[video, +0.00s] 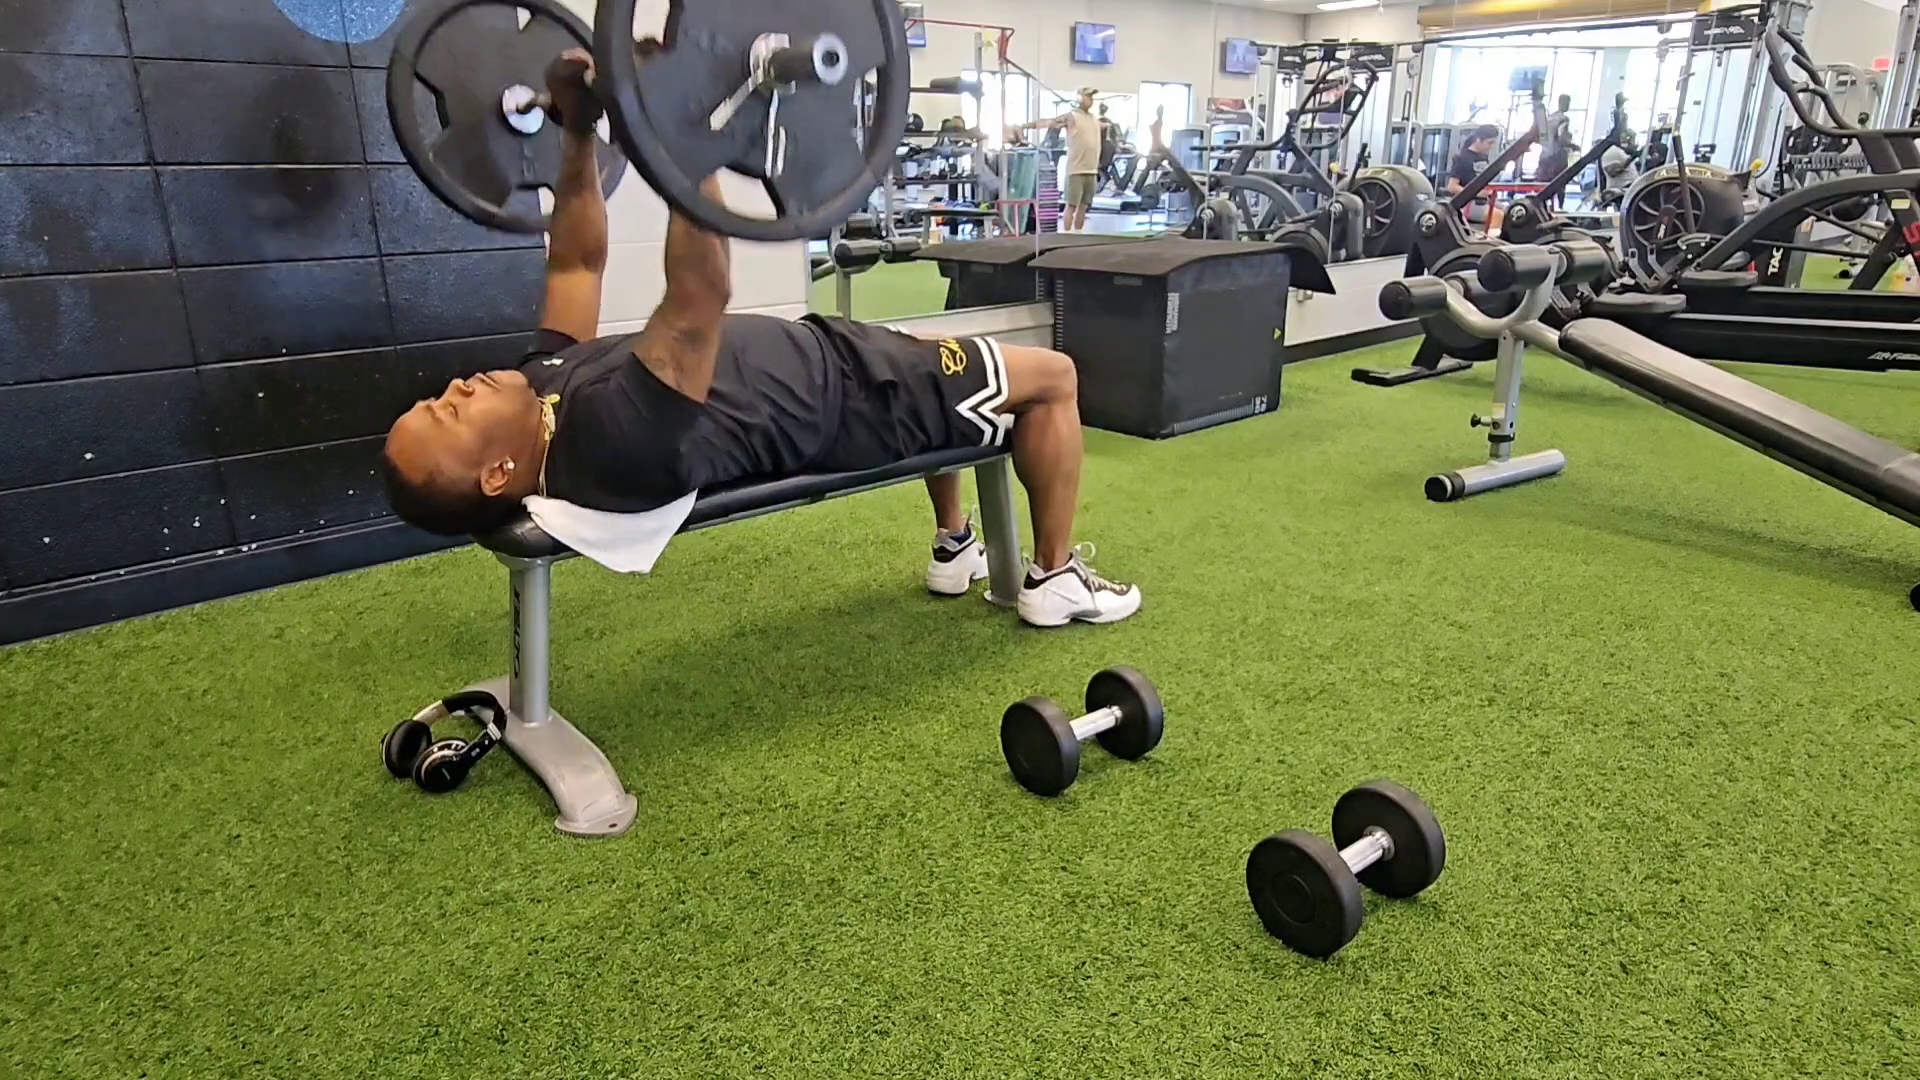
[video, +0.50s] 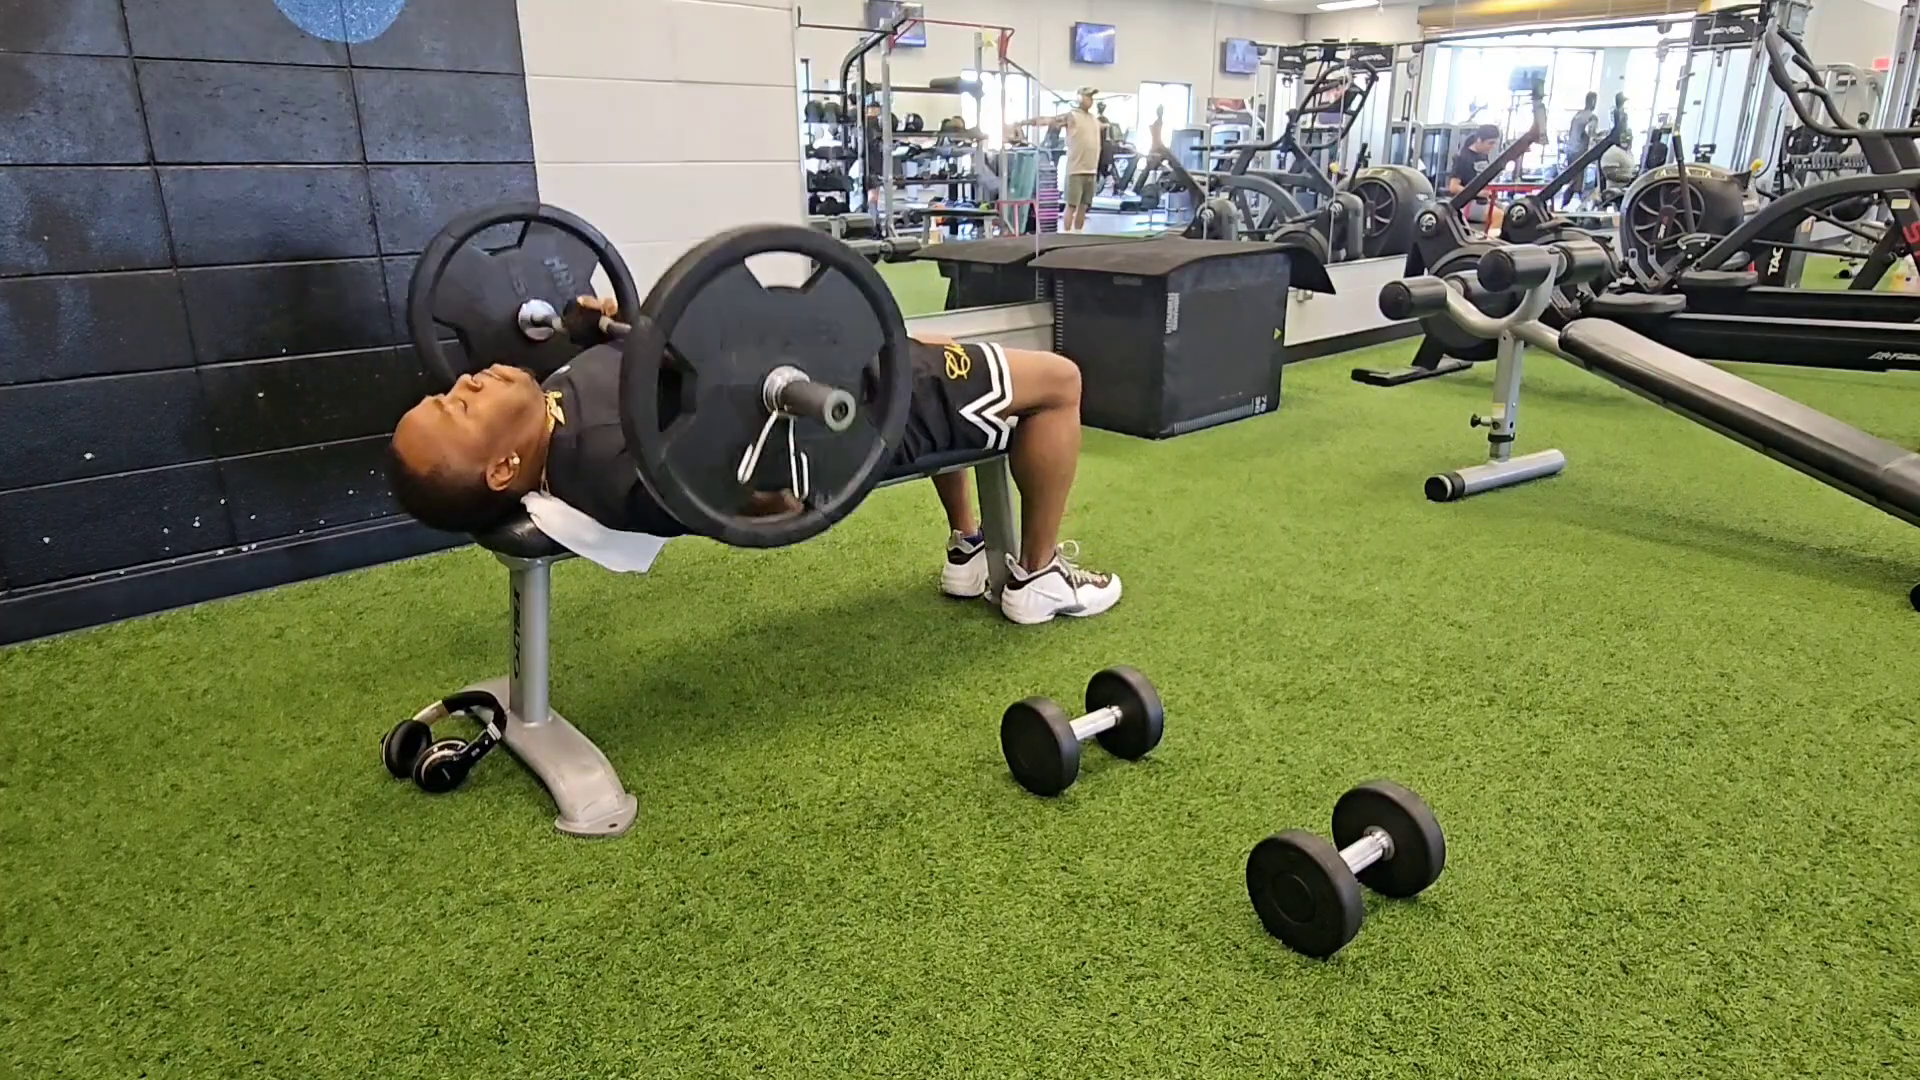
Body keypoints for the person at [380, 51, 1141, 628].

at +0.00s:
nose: (469, 376)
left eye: (443, 389)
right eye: (460, 401)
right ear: (503, 466)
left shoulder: (544, 384)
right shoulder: (615, 444)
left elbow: (573, 261)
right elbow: (698, 294)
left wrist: (574, 133)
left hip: (801, 348)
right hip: (848, 391)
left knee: (936, 354)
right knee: (1051, 374)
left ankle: (955, 544)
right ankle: (1055, 578)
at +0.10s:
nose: (459, 376)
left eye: (435, 389)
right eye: (451, 401)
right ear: (500, 464)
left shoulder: (531, 378)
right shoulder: (612, 437)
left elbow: (579, 261)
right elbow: (708, 293)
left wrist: (576, 126)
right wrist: (686, 122)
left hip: (792, 352)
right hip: (843, 393)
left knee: (932, 356)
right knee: (1051, 376)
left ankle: (958, 545)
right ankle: (1048, 579)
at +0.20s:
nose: (462, 375)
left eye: (440, 390)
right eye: (451, 406)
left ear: (498, 466)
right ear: (501, 471)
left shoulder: (538, 403)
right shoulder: (615, 455)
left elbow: (599, 315)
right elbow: (743, 353)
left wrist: (590, 199)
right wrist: (721, 202)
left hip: (799, 352)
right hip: (846, 393)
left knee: (931, 341)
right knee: (1052, 377)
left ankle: (951, 543)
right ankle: (1048, 578)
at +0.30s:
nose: (479, 373)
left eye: (451, 385)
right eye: (465, 399)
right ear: (504, 470)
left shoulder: (553, 398)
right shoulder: (622, 458)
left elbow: (611, 331)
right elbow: (753, 397)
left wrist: (591, 248)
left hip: (798, 365)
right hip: (843, 407)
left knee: (933, 345)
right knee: (1054, 377)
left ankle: (957, 546)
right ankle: (1045, 577)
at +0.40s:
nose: (474, 372)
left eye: (450, 389)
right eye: (463, 399)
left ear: (503, 452)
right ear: (510, 464)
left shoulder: (552, 393)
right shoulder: (607, 459)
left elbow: (659, 334)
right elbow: (756, 463)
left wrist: (615, 286)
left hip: (785, 377)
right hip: (838, 423)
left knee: (942, 342)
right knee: (1060, 378)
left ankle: (965, 546)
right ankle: (1042, 571)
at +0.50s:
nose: (473, 371)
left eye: (448, 385)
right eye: (459, 402)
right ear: (506, 473)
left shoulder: (536, 394)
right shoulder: (619, 469)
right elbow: (757, 491)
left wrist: (603, 326)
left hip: (774, 372)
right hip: (840, 423)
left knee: (935, 341)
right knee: (1059, 380)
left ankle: (969, 544)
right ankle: (1040, 574)